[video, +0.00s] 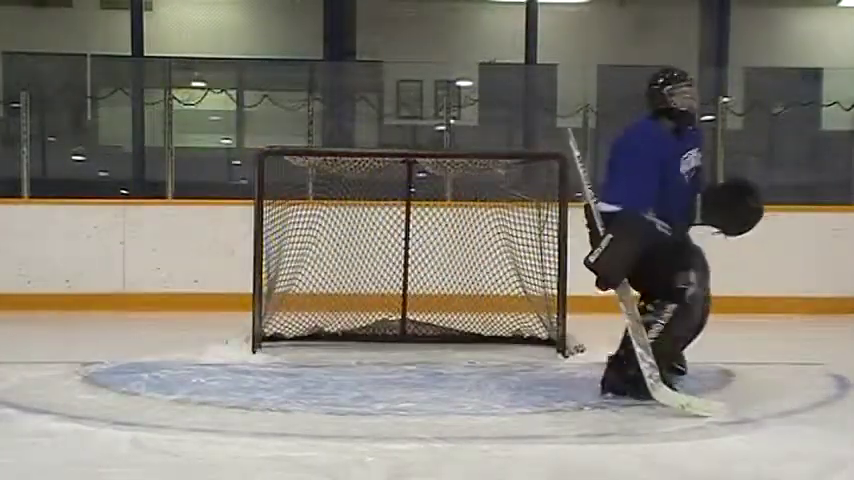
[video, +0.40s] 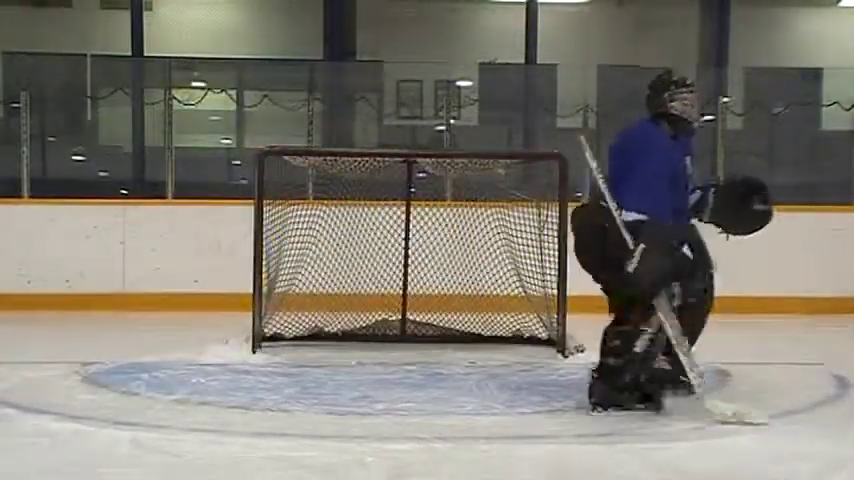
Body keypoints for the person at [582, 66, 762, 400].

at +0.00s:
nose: (689, 101)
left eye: (691, 93)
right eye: (681, 95)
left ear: (693, 97)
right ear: (662, 100)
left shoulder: (689, 135)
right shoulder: (643, 139)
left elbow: (688, 188)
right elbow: (626, 203)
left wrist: (716, 204)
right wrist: (619, 251)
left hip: (671, 232)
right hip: (636, 231)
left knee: (695, 298)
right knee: (679, 292)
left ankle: (661, 354)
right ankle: (629, 368)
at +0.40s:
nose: (693, 107)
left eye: (693, 99)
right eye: (685, 100)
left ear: (677, 106)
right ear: (667, 105)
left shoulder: (677, 143)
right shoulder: (646, 142)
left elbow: (681, 199)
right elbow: (634, 211)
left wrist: (721, 201)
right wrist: (659, 255)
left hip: (660, 237)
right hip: (625, 239)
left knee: (694, 294)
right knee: (640, 302)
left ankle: (663, 365)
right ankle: (615, 381)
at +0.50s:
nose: (682, 111)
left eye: (682, 104)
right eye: (674, 105)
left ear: (678, 108)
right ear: (657, 109)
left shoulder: (677, 144)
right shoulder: (640, 145)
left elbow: (679, 200)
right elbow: (637, 212)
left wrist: (715, 203)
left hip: (642, 233)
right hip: (599, 231)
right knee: (618, 301)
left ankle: (655, 361)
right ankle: (573, 378)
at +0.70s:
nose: (642, 130)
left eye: (648, 123)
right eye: (634, 123)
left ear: (656, 127)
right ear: (618, 125)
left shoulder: (655, 163)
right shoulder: (592, 165)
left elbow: (652, 215)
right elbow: (563, 222)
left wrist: (681, 230)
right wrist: (545, 273)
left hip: (634, 251)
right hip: (585, 254)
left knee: (648, 304)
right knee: (562, 304)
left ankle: (667, 369)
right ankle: (503, 369)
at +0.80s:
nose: (617, 143)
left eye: (622, 135)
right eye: (609, 136)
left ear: (629, 138)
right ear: (594, 138)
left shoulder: (635, 174)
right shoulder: (578, 173)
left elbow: (633, 226)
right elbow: (551, 233)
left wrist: (652, 247)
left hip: (609, 261)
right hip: (558, 262)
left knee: (647, 307)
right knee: (544, 322)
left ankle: (664, 373)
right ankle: (470, 363)